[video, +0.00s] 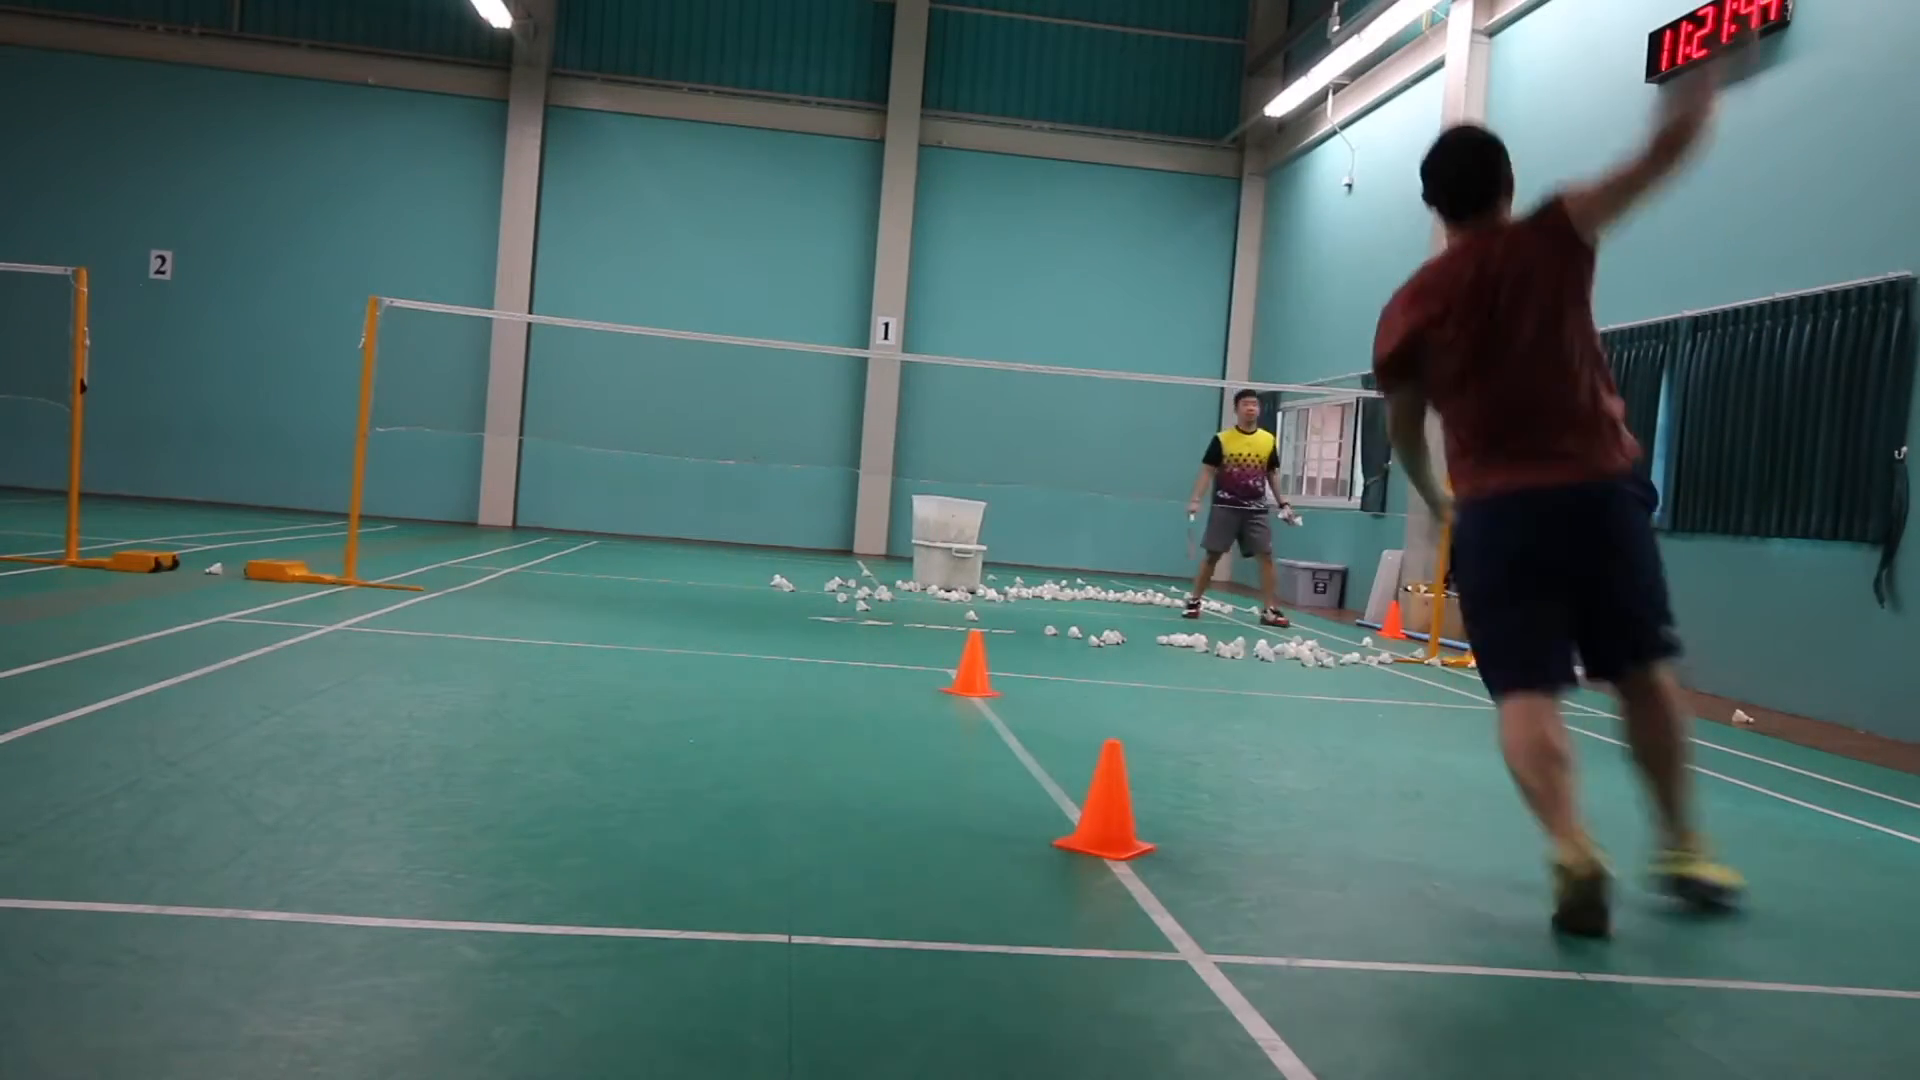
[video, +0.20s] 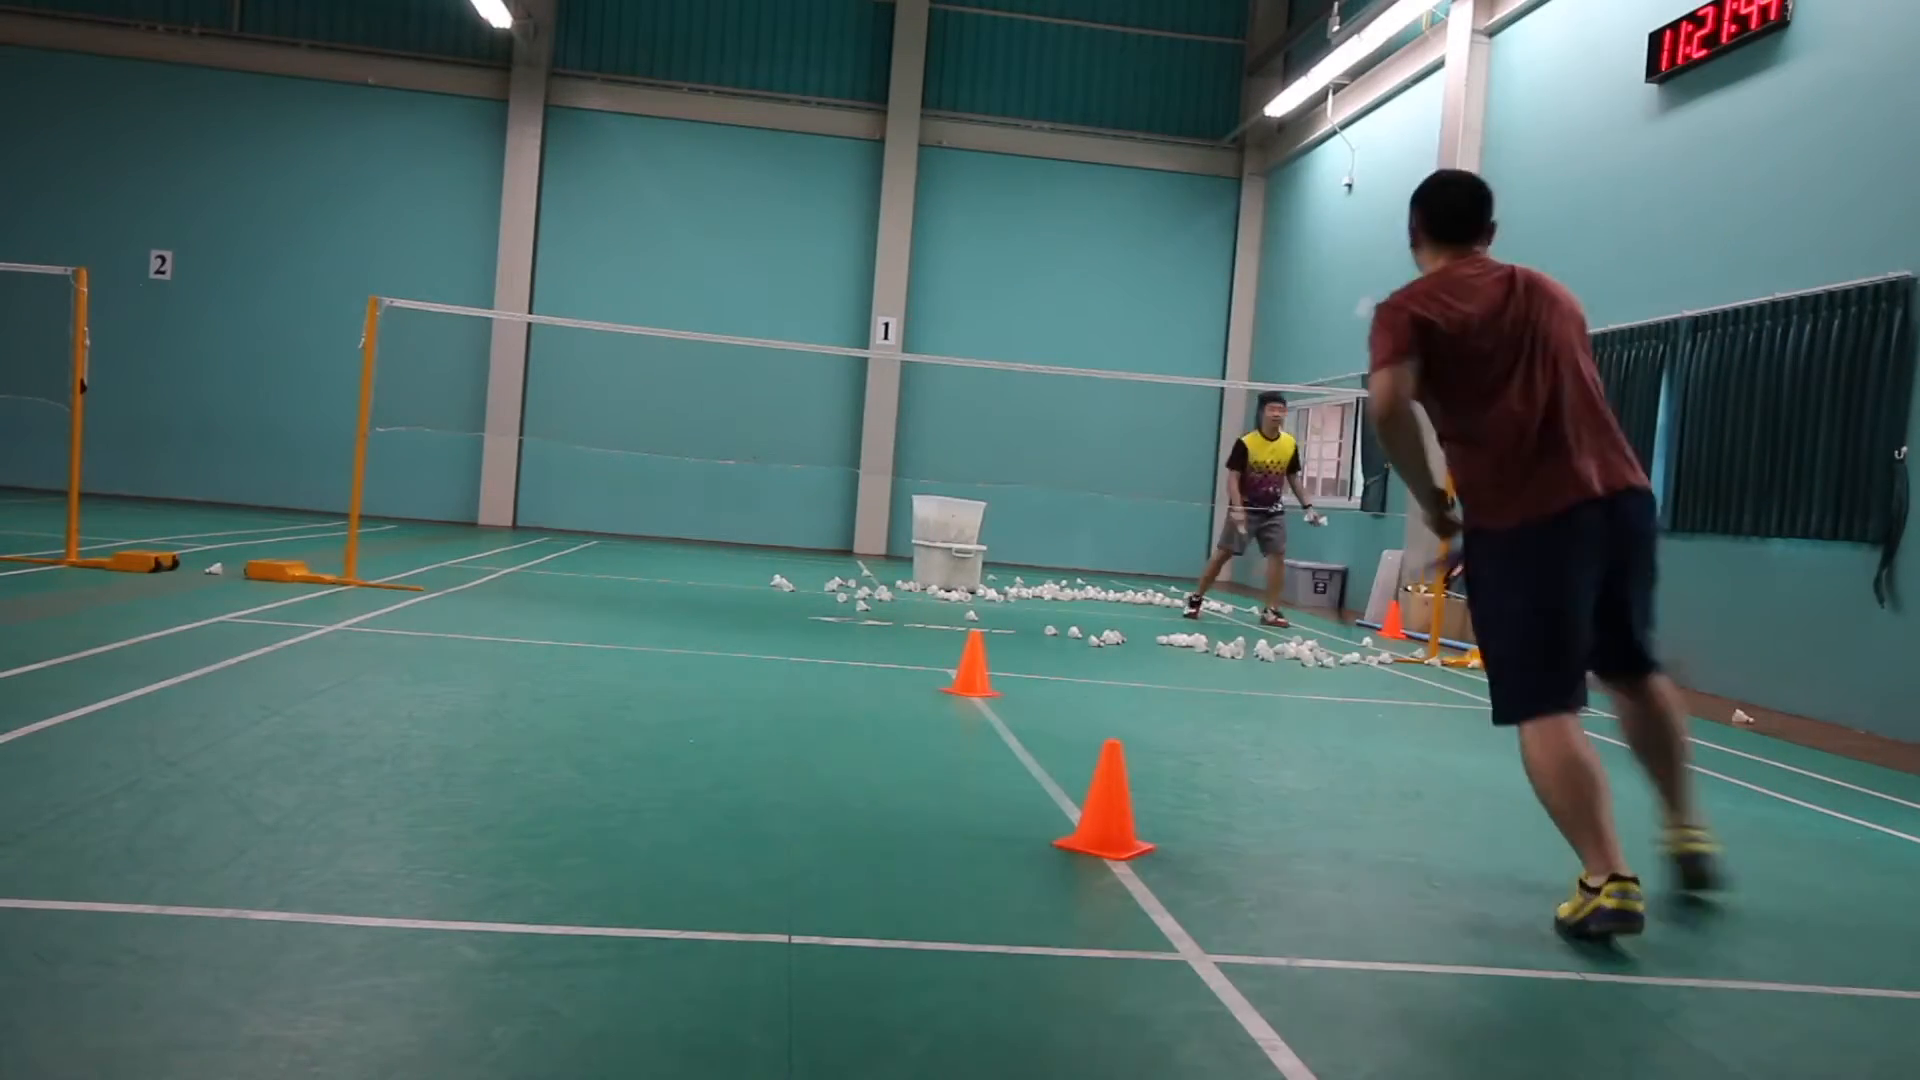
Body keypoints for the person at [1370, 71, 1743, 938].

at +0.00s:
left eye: (1448, 189)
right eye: (1497, 178)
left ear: (1433, 205)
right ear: (1510, 185)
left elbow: (1406, 429)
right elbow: (1659, 156)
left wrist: (1438, 500)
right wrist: (1695, 102)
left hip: (1494, 515)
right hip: (1600, 500)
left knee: (1525, 690)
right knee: (1643, 672)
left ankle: (1570, 847)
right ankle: (1681, 849)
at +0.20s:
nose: (1414, 247)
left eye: (1412, 236)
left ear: (1417, 235)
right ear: (1490, 233)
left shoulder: (1409, 307)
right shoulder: (1550, 293)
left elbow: (1389, 405)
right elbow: (1579, 398)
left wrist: (1434, 501)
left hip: (1521, 526)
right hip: (1621, 506)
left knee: (1545, 708)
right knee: (1631, 665)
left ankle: (1610, 879)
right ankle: (1687, 828)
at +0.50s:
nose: (1311, 302)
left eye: (1307, 293)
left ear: (1307, 291)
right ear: (1364, 296)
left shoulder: (1289, 335)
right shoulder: (1405, 352)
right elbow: (1430, 459)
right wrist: (1434, 543)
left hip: (1338, 518)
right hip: (1418, 517)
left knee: (1280, 647)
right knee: (1421, 661)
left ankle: (1381, 742)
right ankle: (1457, 805)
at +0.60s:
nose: (1218, 267)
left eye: (1219, 257)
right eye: (1228, 259)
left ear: (1226, 256)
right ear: (1276, 260)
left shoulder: (1223, 299)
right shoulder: (1310, 320)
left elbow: (1216, 351)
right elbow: (1320, 409)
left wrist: (1202, 456)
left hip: (1259, 493)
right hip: (1331, 493)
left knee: (1183, 600)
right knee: (1334, 616)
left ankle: (1193, 739)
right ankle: (1431, 748)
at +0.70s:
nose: (1124, 271)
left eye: (1127, 262)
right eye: (1128, 261)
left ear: (1134, 265)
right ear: (1179, 269)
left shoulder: (1146, 320)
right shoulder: (1195, 323)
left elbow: (1142, 399)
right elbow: (1209, 416)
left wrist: (1117, 493)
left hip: (1175, 503)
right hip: (1222, 501)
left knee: (1123, 617)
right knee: (1157, 595)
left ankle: (1179, 738)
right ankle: (1224, 665)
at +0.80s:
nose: (1041, 296)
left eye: (1045, 287)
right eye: (1044, 286)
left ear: (1056, 291)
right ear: (1088, 292)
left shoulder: (1089, 339)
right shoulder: (1089, 343)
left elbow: (1100, 419)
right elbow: (1044, 431)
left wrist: (1072, 507)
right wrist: (984, 481)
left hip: (1134, 510)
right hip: (1124, 505)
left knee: (1074, 629)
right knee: (1061, 585)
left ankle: (1169, 722)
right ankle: (1007, 677)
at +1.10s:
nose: (934, 300)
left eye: (933, 293)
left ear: (933, 290)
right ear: (982, 295)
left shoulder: (942, 317)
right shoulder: (1003, 334)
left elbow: (945, 364)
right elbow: (1021, 405)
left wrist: (941, 447)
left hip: (989, 475)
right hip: (1026, 476)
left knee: (921, 575)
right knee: (955, 576)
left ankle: (1005, 669)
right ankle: (941, 683)